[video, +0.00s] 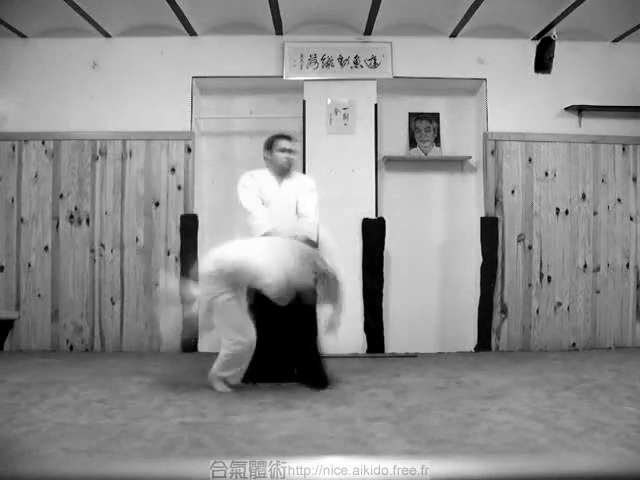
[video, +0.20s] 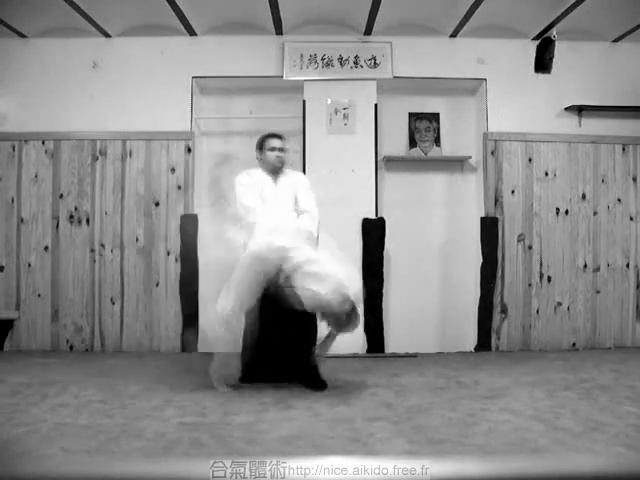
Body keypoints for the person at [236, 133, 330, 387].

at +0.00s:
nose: (288, 156)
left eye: (291, 152)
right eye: (282, 151)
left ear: (295, 155)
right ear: (268, 155)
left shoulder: (305, 182)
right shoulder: (251, 180)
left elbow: (310, 219)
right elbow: (254, 214)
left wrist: (304, 239)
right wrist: (274, 235)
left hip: (300, 249)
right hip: (264, 249)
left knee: (301, 311)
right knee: (267, 311)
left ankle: (307, 370)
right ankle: (266, 370)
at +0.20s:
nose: (279, 154)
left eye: (282, 150)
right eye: (273, 150)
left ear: (286, 154)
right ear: (260, 154)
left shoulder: (299, 179)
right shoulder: (247, 179)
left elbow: (310, 214)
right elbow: (249, 213)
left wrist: (302, 239)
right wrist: (272, 234)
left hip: (296, 251)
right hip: (261, 250)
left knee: (300, 312)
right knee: (262, 312)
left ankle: (304, 369)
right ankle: (259, 370)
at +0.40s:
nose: (274, 154)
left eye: (278, 150)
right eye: (268, 150)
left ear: (283, 154)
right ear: (257, 155)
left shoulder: (296, 179)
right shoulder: (243, 180)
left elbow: (308, 214)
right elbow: (236, 215)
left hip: (292, 254)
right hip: (257, 255)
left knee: (298, 316)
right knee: (258, 315)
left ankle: (307, 372)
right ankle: (255, 372)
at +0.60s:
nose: (274, 155)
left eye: (278, 151)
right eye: (268, 151)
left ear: (283, 155)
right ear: (257, 156)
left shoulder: (297, 182)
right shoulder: (244, 181)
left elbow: (312, 220)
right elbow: (255, 215)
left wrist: (315, 244)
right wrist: (291, 223)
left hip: (292, 258)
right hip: (259, 259)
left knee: (298, 320)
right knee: (259, 320)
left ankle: (308, 374)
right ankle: (258, 373)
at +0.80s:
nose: (276, 157)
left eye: (281, 152)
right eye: (270, 153)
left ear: (288, 156)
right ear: (262, 157)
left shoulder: (300, 188)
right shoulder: (246, 181)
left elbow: (308, 226)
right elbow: (236, 211)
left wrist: (313, 262)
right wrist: (259, 230)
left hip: (288, 260)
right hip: (255, 260)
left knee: (291, 318)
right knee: (256, 319)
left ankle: (307, 374)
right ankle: (256, 371)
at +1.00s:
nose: (283, 158)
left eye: (288, 154)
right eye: (278, 153)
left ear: (295, 158)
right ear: (269, 157)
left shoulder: (305, 191)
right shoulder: (248, 181)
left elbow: (312, 235)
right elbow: (226, 212)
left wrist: (319, 271)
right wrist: (225, 247)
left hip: (287, 264)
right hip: (252, 263)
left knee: (294, 324)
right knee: (253, 323)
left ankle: (308, 377)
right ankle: (256, 374)